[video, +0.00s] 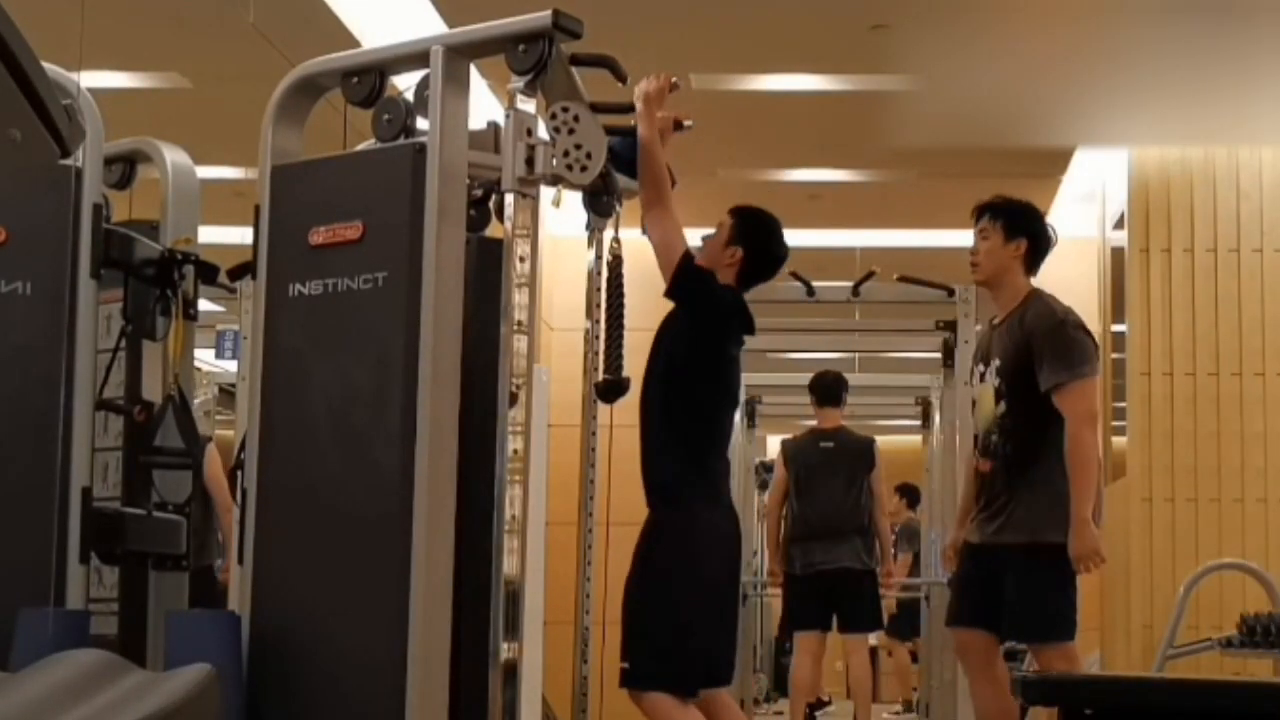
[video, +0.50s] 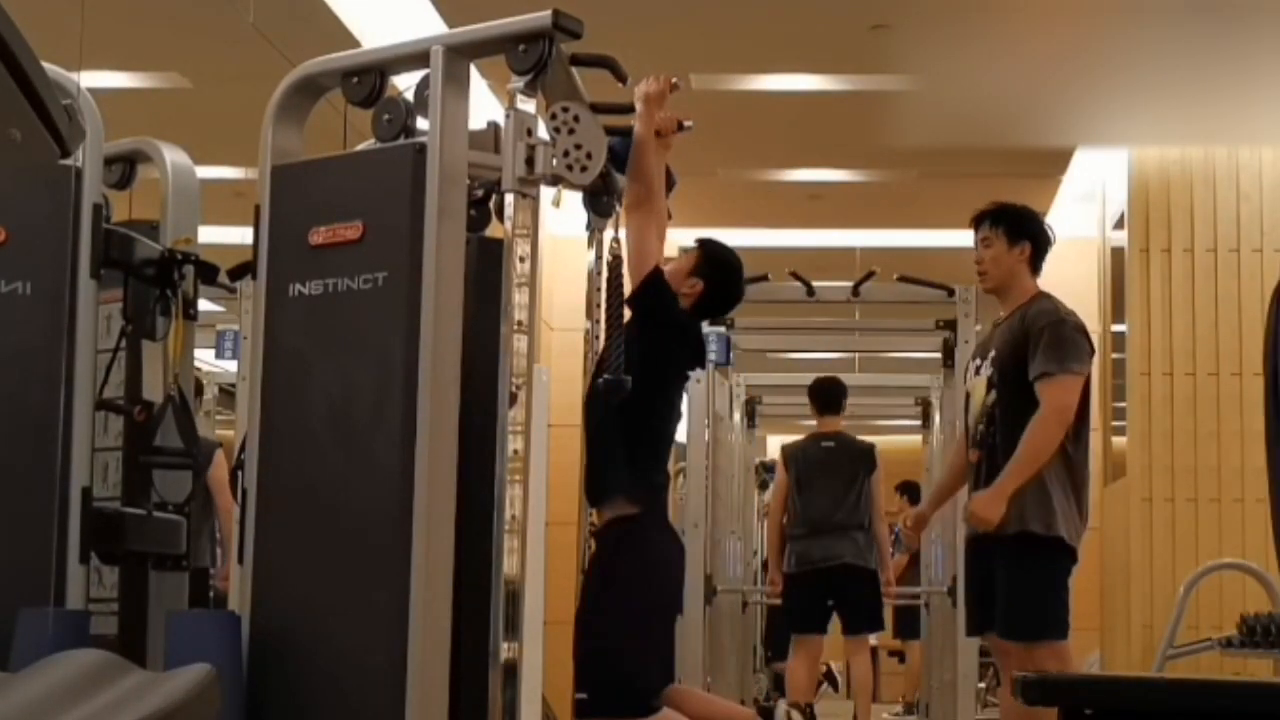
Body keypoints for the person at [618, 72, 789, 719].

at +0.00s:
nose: (705, 239)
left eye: (718, 234)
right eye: (716, 232)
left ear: (734, 257)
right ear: (741, 263)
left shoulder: (707, 302)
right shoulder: (721, 307)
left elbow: (655, 209)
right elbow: (661, 212)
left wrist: (647, 124)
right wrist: (654, 136)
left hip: (682, 523)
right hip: (709, 522)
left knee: (650, 686)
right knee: (710, 689)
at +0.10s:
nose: (695, 242)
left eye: (708, 239)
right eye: (705, 236)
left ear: (723, 264)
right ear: (729, 268)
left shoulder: (697, 307)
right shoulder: (707, 313)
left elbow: (652, 206)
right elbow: (657, 209)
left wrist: (646, 119)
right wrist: (653, 130)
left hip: (678, 527)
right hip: (701, 525)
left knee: (646, 692)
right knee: (702, 690)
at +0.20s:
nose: (684, 244)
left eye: (696, 241)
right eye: (693, 238)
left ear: (712, 266)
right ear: (717, 269)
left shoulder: (684, 308)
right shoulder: (692, 312)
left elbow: (646, 208)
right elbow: (652, 211)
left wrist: (645, 121)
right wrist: (655, 131)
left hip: (669, 527)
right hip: (689, 525)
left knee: (640, 695)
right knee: (695, 689)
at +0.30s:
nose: (671, 249)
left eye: (684, 246)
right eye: (679, 243)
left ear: (700, 270)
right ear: (703, 274)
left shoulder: (676, 314)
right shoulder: (677, 318)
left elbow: (645, 206)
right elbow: (647, 212)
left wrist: (646, 125)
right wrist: (657, 134)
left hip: (660, 531)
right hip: (672, 529)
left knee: (626, 697)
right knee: (682, 686)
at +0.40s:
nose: (668, 257)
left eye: (681, 252)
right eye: (677, 250)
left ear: (696, 275)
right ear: (705, 285)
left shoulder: (672, 319)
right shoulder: (676, 326)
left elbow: (645, 206)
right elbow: (650, 214)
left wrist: (648, 126)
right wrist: (655, 136)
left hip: (645, 540)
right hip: (652, 537)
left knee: (634, 694)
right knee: (664, 688)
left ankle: (771, 719)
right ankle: (773, 719)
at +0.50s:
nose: (669, 259)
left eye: (681, 257)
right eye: (678, 255)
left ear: (693, 287)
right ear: (690, 289)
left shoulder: (664, 327)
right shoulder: (656, 327)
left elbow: (646, 209)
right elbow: (645, 216)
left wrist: (645, 123)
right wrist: (658, 133)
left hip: (633, 542)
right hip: (633, 540)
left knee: (621, 704)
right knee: (642, 692)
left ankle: (745, 717)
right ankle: (755, 716)